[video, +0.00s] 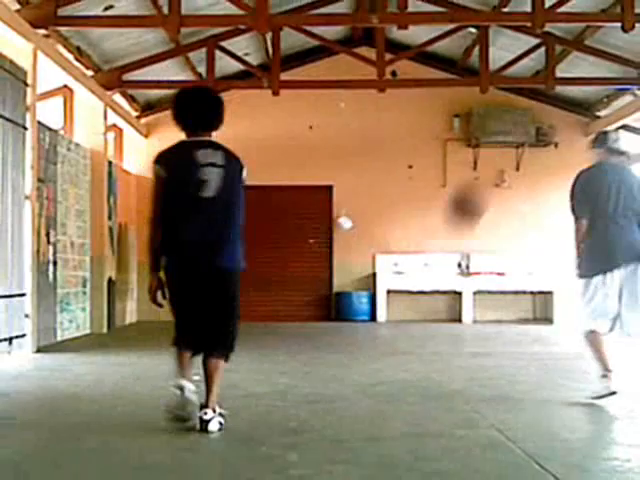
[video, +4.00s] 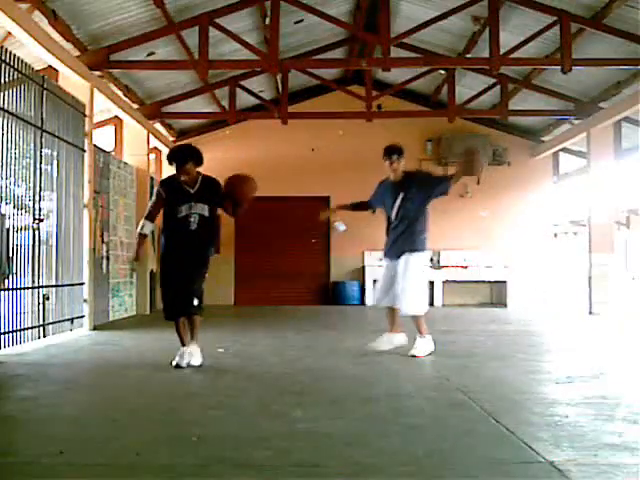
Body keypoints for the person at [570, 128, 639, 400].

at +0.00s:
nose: (594, 155)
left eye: (596, 151)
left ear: (598, 151)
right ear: (621, 151)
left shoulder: (586, 177)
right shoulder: (633, 176)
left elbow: (581, 222)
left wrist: (579, 255)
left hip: (600, 256)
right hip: (633, 254)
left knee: (593, 322)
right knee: (634, 324)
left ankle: (607, 377)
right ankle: (636, 380)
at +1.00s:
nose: (355, 171)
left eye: (356, 166)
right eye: (354, 166)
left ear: (365, 164)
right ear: (373, 162)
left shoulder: (378, 186)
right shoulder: (387, 182)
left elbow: (372, 232)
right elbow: (380, 233)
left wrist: (348, 266)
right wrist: (365, 260)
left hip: (403, 253)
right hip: (409, 251)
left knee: (381, 299)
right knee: (390, 303)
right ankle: (408, 354)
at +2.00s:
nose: (340, 173)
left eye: (340, 167)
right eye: (339, 168)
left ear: (348, 166)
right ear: (353, 165)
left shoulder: (366, 186)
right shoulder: (358, 187)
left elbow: (376, 225)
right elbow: (362, 224)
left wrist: (372, 261)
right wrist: (347, 229)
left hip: (361, 258)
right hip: (360, 257)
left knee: (343, 299)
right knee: (372, 301)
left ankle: (342, 348)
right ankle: (384, 341)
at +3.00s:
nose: (342, 171)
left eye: (343, 166)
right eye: (341, 166)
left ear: (351, 163)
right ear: (353, 163)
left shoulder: (366, 183)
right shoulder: (359, 184)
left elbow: (376, 223)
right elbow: (362, 223)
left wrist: (373, 260)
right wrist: (345, 228)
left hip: (364, 259)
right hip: (361, 257)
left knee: (343, 300)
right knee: (372, 303)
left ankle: (342, 352)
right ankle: (385, 344)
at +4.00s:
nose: (393, 165)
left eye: (396, 160)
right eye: (389, 161)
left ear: (403, 161)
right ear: (385, 163)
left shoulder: (419, 179)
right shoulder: (385, 187)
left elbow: (444, 183)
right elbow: (368, 205)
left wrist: (460, 172)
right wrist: (339, 208)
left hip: (414, 248)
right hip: (393, 249)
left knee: (410, 295)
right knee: (390, 293)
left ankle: (424, 338)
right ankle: (394, 334)